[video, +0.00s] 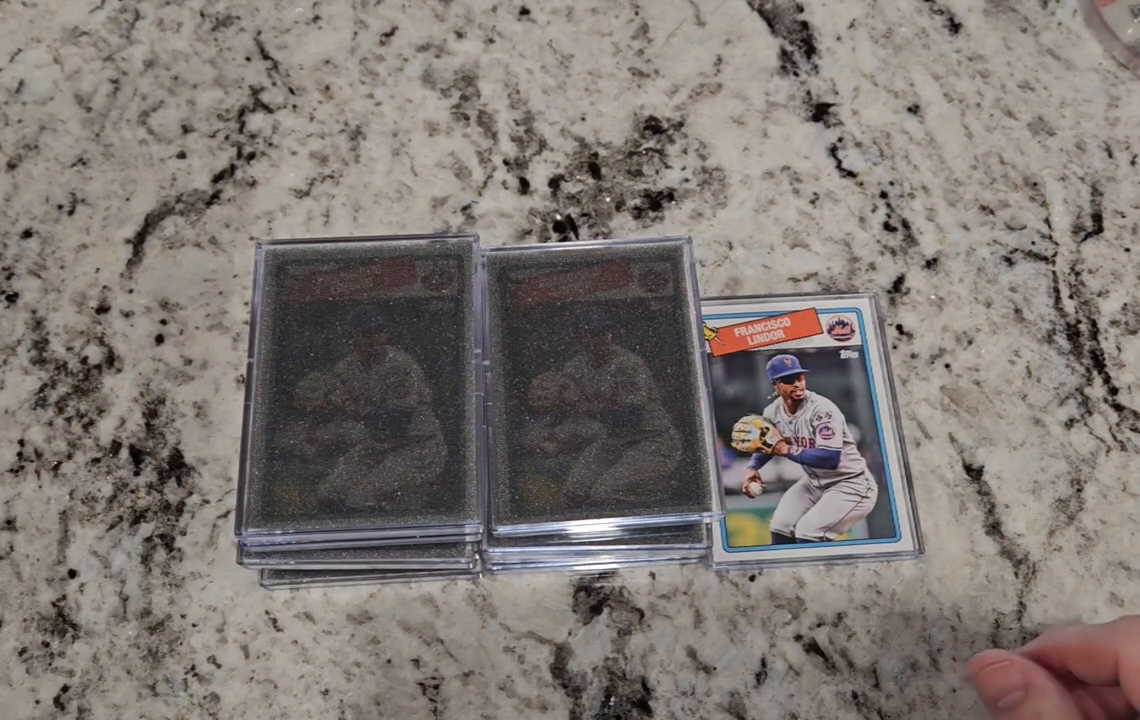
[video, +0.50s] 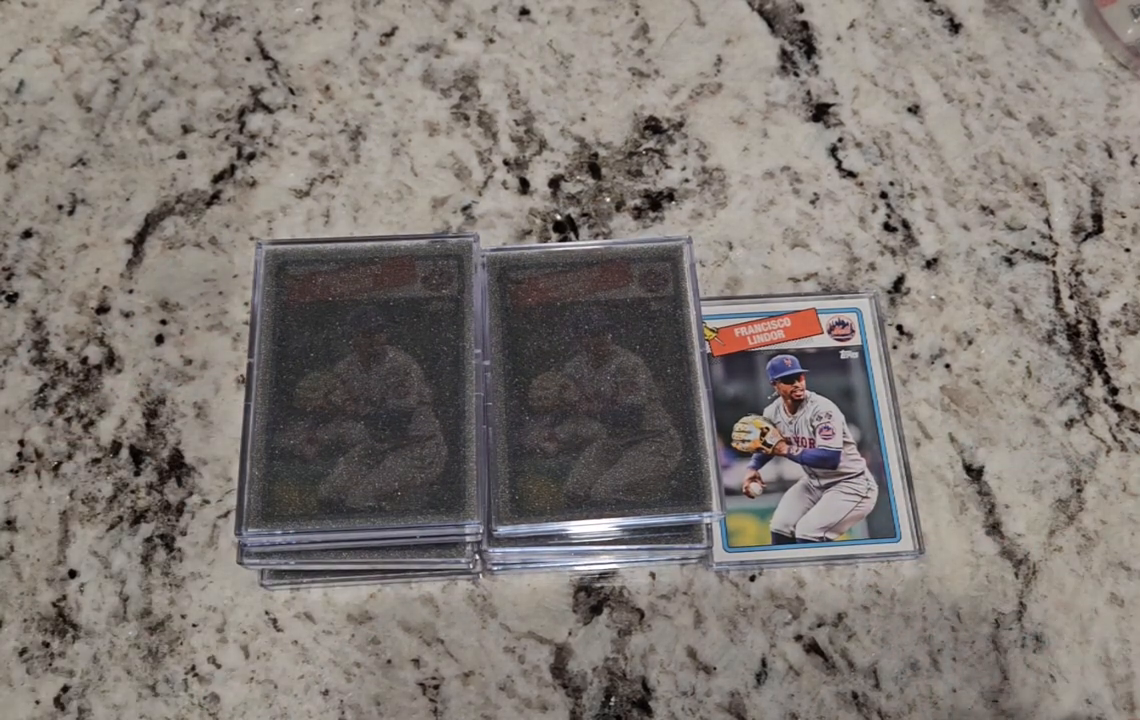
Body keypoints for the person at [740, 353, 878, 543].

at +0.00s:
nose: (797, 384)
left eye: (799, 378)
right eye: (789, 381)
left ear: (804, 377)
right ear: (776, 386)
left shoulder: (824, 409)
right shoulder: (772, 413)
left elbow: (830, 459)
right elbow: (768, 445)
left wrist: (786, 449)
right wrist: (752, 469)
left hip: (852, 485)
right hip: (814, 484)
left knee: (807, 532)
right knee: (781, 528)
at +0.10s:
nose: (797, 384)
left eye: (799, 378)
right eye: (789, 381)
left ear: (804, 377)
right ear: (776, 386)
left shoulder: (823, 409)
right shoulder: (772, 413)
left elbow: (830, 459)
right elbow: (768, 445)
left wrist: (786, 449)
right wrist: (752, 469)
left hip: (852, 485)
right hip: (814, 484)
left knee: (807, 532)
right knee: (781, 528)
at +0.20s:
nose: (798, 384)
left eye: (800, 378)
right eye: (789, 381)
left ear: (804, 377)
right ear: (776, 386)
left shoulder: (823, 409)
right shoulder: (772, 413)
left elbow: (830, 459)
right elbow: (768, 445)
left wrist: (786, 449)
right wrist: (752, 469)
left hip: (852, 485)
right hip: (814, 484)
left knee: (807, 532)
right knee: (780, 528)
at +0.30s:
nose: (798, 384)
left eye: (800, 378)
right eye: (789, 381)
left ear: (804, 377)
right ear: (776, 386)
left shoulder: (823, 409)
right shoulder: (772, 413)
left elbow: (830, 459)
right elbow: (768, 445)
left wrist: (785, 449)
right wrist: (752, 469)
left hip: (852, 485)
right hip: (814, 484)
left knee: (807, 532)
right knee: (781, 528)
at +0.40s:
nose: (798, 384)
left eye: (800, 378)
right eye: (789, 381)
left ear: (804, 377)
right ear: (776, 386)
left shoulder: (823, 409)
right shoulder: (772, 413)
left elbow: (830, 459)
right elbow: (768, 445)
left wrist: (786, 449)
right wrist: (752, 469)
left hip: (852, 485)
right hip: (814, 484)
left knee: (807, 531)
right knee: (781, 528)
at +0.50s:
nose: (798, 385)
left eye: (800, 378)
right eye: (789, 381)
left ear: (804, 377)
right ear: (776, 386)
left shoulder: (823, 409)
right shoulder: (772, 413)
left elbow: (830, 459)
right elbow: (768, 446)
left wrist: (786, 449)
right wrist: (752, 469)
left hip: (852, 485)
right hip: (814, 484)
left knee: (807, 532)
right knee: (781, 528)